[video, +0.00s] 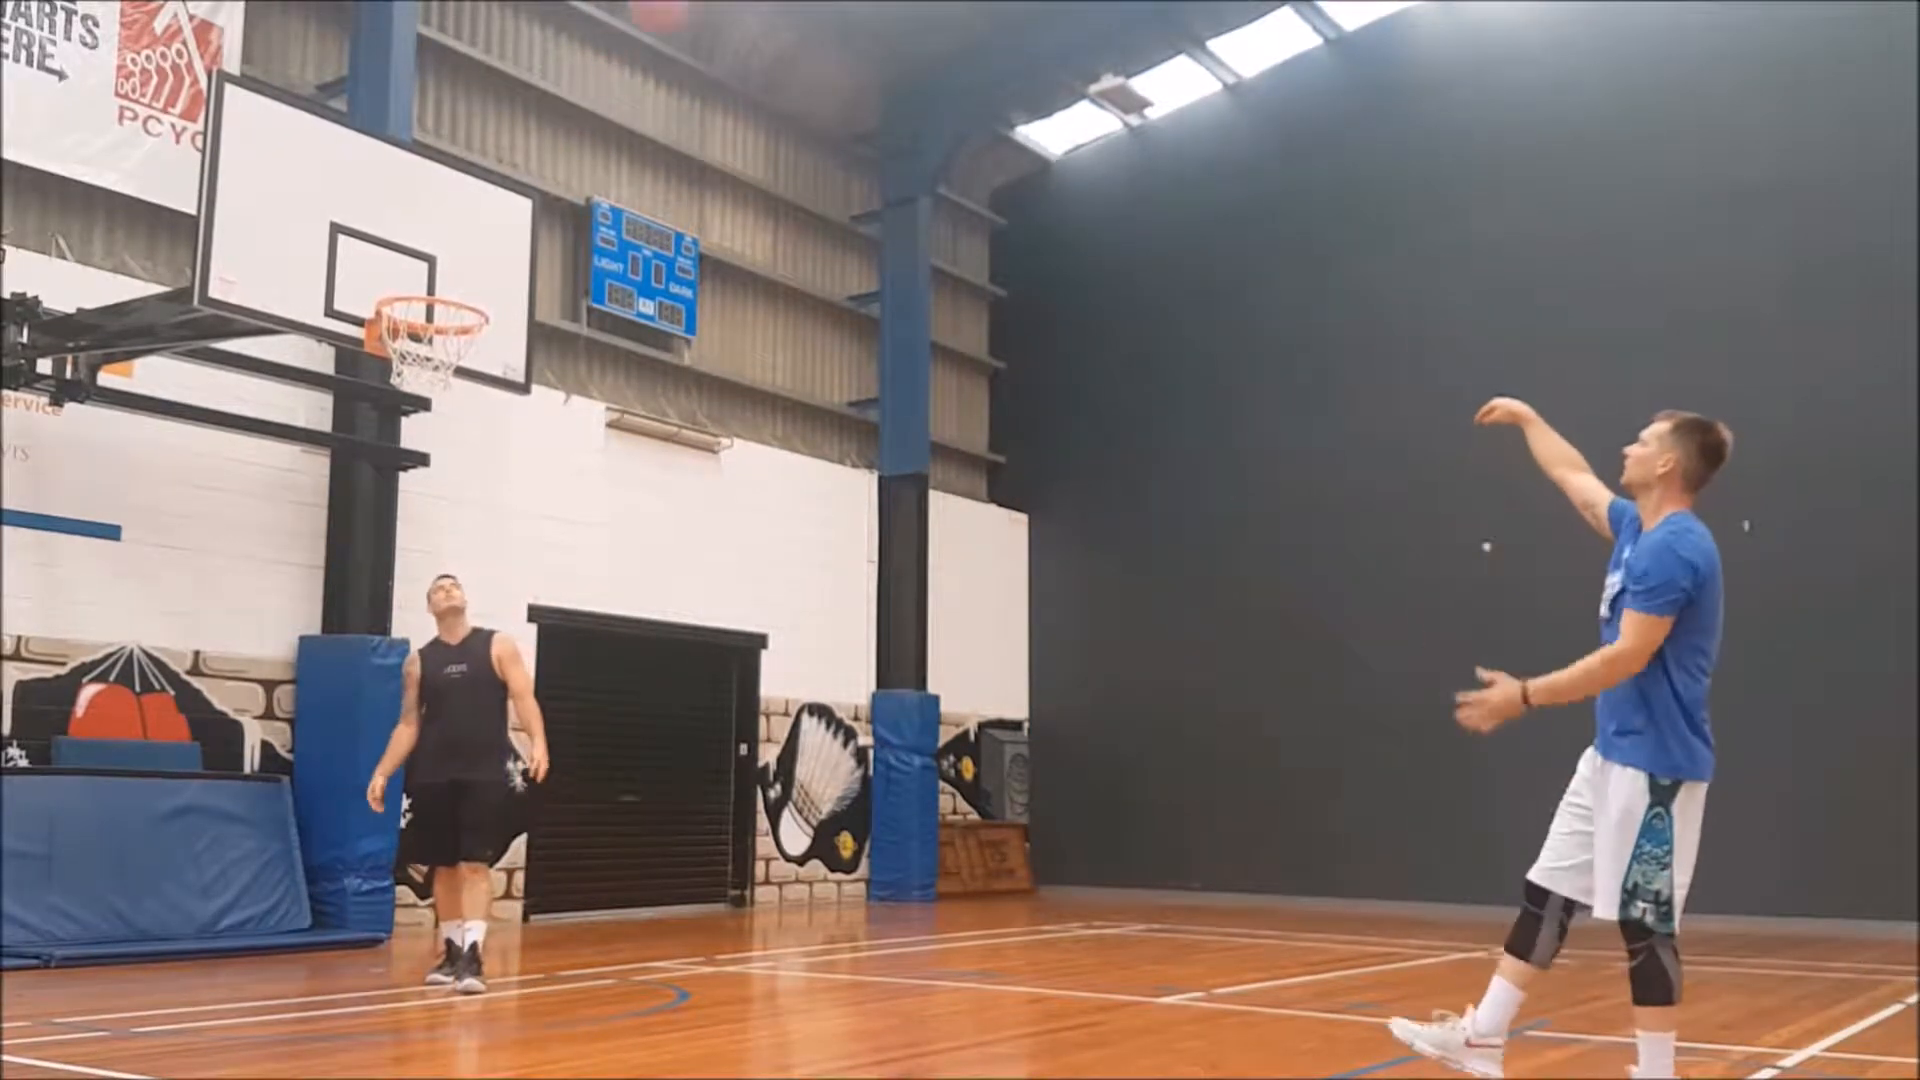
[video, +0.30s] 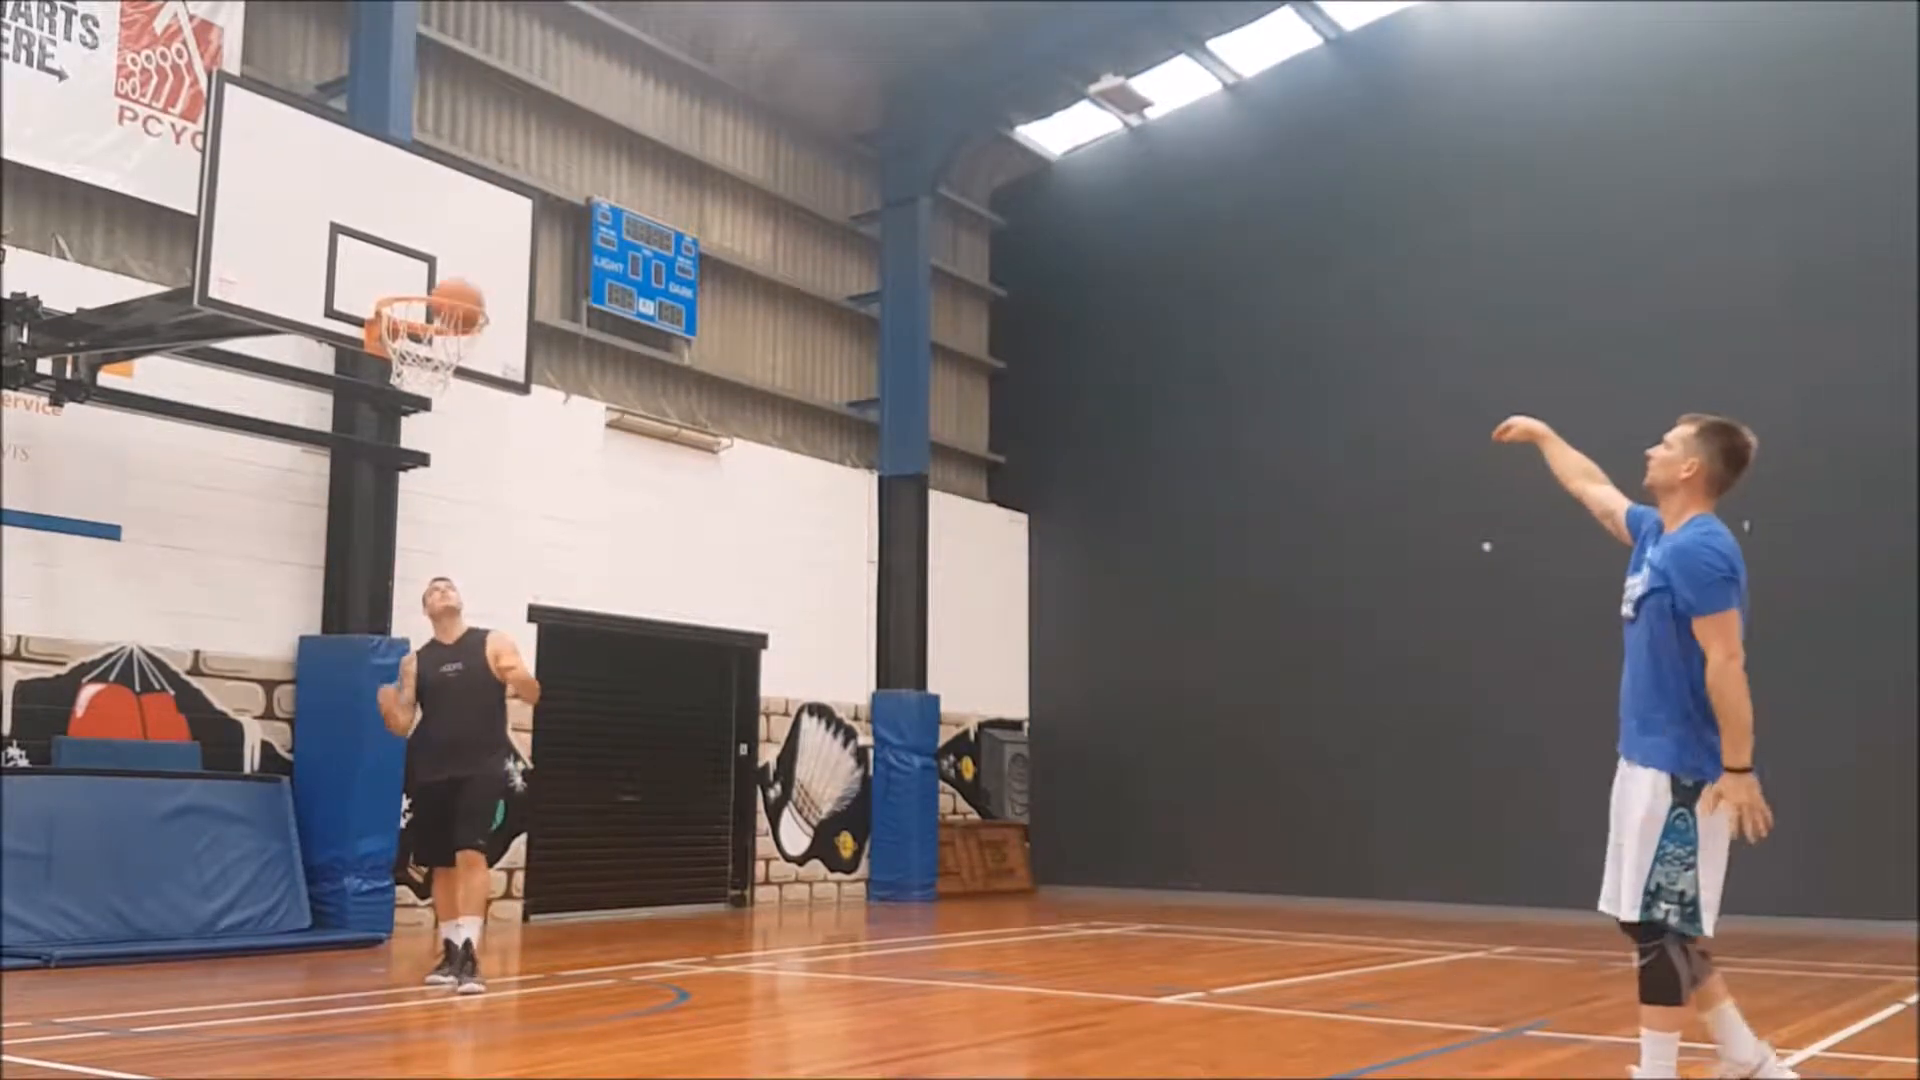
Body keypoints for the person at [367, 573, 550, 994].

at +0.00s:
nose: (447, 589)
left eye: (453, 586)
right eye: (439, 588)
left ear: (467, 601)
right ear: (429, 608)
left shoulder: (498, 645)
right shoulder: (419, 659)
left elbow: (524, 697)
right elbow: (409, 724)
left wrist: (538, 741)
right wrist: (382, 773)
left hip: (485, 773)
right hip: (433, 776)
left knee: (474, 863)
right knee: (444, 866)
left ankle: (472, 958)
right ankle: (451, 955)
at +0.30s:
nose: (443, 592)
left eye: (448, 588)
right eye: (435, 591)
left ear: (461, 603)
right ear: (425, 610)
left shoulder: (494, 643)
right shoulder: (415, 661)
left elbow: (534, 696)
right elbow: (403, 725)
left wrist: (519, 678)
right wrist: (389, 704)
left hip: (483, 769)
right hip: (433, 773)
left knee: (470, 854)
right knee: (442, 863)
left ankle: (468, 956)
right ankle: (449, 955)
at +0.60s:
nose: (450, 591)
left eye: (458, 589)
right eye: (443, 591)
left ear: (472, 608)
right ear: (434, 613)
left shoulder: (493, 641)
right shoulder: (420, 658)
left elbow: (536, 675)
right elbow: (369, 691)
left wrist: (513, 632)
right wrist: (365, 635)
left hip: (484, 771)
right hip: (432, 775)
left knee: (471, 855)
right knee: (440, 869)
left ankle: (468, 959)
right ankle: (450, 955)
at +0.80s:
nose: (460, 595)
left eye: (468, 588)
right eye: (454, 589)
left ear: (484, 600)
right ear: (445, 601)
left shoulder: (503, 645)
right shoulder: (432, 648)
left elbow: (511, 669)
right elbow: (381, 666)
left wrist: (479, 631)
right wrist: (397, 618)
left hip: (488, 771)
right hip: (434, 771)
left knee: (476, 863)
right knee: (426, 867)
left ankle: (465, 962)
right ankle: (439, 935)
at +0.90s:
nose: (468, 594)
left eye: (477, 587)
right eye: (462, 587)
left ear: (492, 598)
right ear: (452, 596)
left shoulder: (508, 641)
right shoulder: (436, 644)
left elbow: (492, 677)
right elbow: (417, 676)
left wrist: (452, 683)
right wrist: (411, 667)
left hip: (493, 771)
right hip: (436, 770)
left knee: (477, 865)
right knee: (421, 874)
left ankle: (466, 965)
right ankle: (432, 929)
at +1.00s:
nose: (477, 593)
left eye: (486, 587)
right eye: (470, 586)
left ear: (498, 597)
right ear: (458, 593)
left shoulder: (513, 650)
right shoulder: (429, 645)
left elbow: (510, 712)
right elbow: (398, 695)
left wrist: (476, 744)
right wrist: (404, 720)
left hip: (495, 768)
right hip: (437, 765)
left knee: (481, 864)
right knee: (429, 853)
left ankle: (466, 966)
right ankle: (423, 957)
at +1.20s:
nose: (499, 600)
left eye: (504, 595)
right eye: (489, 592)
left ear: (508, 605)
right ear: (467, 599)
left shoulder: (522, 660)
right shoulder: (436, 652)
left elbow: (546, 725)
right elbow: (386, 711)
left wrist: (530, 768)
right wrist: (438, 757)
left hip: (495, 779)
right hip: (438, 776)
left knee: (484, 876)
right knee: (444, 863)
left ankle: (465, 968)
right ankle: (434, 975)